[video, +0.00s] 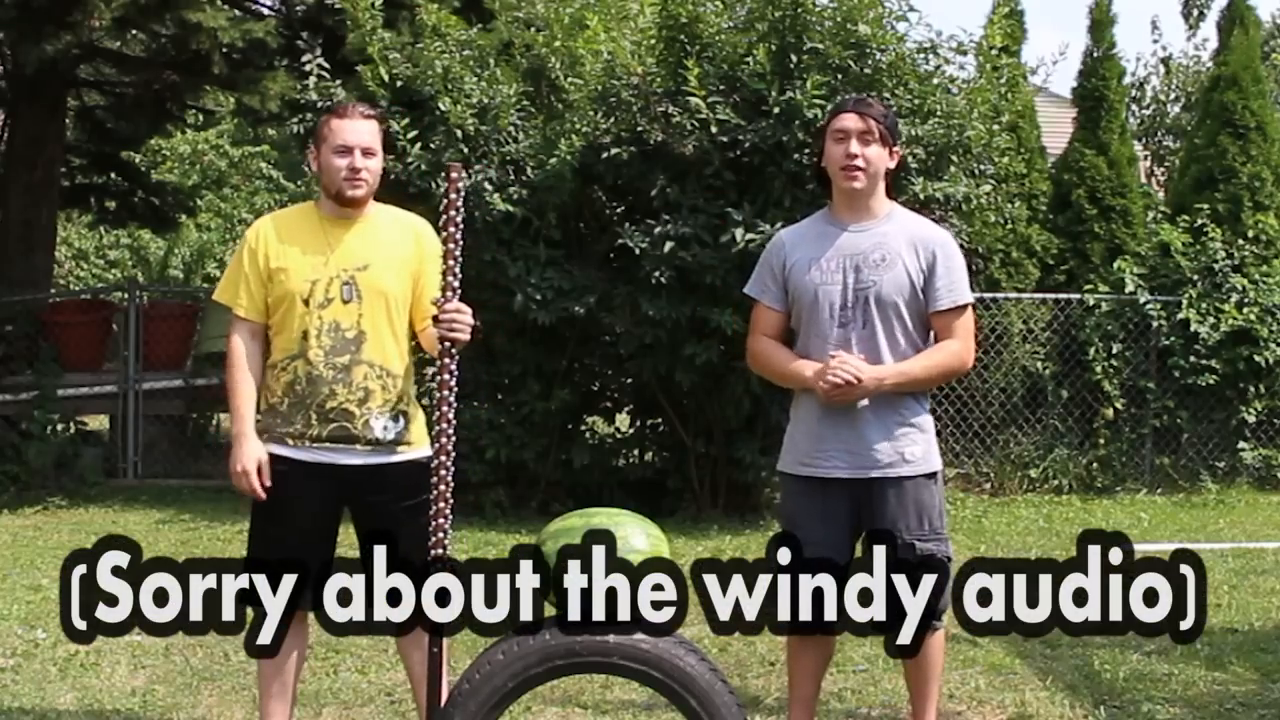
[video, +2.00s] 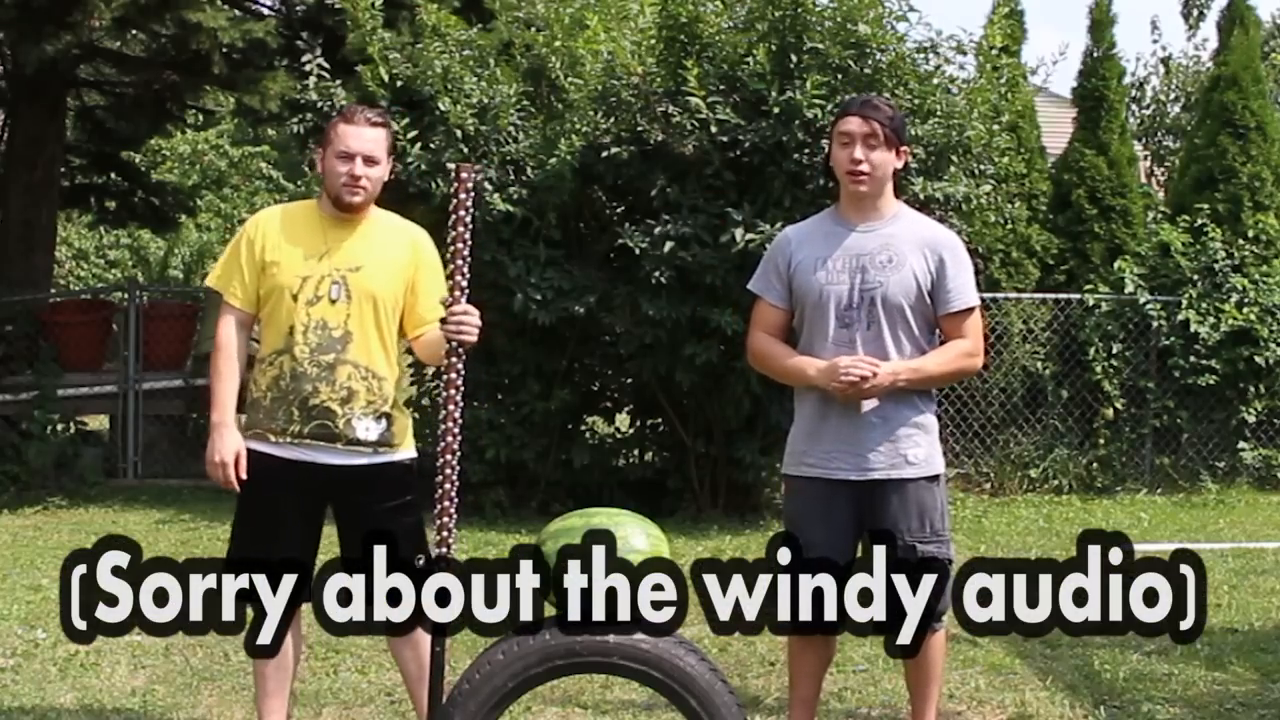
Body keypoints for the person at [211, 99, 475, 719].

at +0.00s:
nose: (356, 163)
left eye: (368, 153)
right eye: (343, 152)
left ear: (383, 163)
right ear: (314, 160)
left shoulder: (415, 236)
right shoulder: (270, 235)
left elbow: (430, 331)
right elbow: (245, 340)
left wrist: (454, 330)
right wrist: (244, 433)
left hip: (395, 456)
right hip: (295, 454)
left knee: (418, 604)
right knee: (281, 604)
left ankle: (438, 716)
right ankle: (275, 717)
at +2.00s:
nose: (357, 170)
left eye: (371, 160)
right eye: (345, 156)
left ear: (388, 171)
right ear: (319, 159)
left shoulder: (411, 243)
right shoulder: (266, 230)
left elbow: (427, 344)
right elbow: (233, 325)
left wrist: (455, 336)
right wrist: (222, 423)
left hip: (378, 459)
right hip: (279, 454)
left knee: (406, 604)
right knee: (272, 603)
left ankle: (435, 715)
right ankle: (273, 718)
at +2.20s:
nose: (354, 170)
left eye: (367, 159)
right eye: (342, 156)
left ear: (383, 169)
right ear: (315, 159)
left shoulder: (406, 242)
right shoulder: (262, 230)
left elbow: (423, 344)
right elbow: (229, 327)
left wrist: (452, 336)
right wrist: (221, 428)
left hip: (378, 458)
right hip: (278, 454)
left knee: (404, 603)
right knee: (270, 603)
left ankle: (432, 714)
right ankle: (273, 718)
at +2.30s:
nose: (353, 169)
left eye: (367, 158)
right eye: (341, 156)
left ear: (383, 168)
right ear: (314, 160)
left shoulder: (407, 240)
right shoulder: (263, 231)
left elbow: (423, 342)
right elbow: (231, 328)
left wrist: (451, 335)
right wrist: (228, 426)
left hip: (382, 458)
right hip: (283, 454)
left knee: (406, 604)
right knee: (273, 603)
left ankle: (434, 714)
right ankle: (273, 718)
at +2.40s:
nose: (354, 168)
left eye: (368, 157)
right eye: (342, 155)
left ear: (384, 167)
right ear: (315, 160)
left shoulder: (410, 239)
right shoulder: (266, 232)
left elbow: (426, 340)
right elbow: (238, 332)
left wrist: (452, 333)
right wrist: (240, 428)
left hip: (389, 459)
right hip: (290, 455)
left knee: (411, 605)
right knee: (277, 604)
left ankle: (435, 715)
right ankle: (274, 718)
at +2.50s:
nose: (356, 168)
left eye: (370, 157)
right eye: (344, 154)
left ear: (386, 166)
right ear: (316, 160)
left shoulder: (415, 238)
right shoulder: (271, 233)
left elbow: (429, 337)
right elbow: (245, 333)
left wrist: (454, 333)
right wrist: (253, 428)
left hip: (395, 459)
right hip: (297, 455)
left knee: (414, 605)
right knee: (282, 604)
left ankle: (434, 714)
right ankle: (274, 717)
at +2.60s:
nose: (359, 168)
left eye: (372, 157)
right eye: (346, 154)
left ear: (389, 166)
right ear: (319, 159)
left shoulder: (419, 238)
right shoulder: (275, 234)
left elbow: (432, 337)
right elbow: (250, 335)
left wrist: (455, 332)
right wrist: (260, 428)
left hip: (400, 459)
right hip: (302, 456)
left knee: (417, 604)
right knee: (286, 601)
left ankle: (434, 714)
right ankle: (275, 717)